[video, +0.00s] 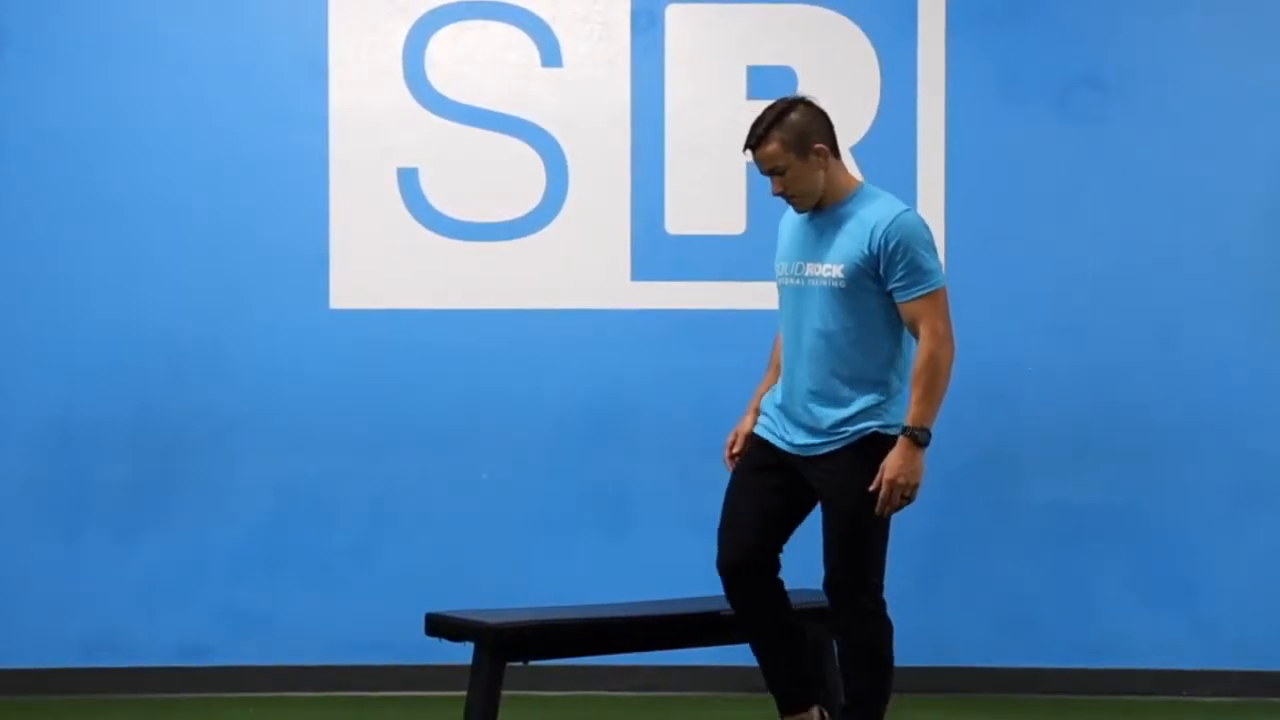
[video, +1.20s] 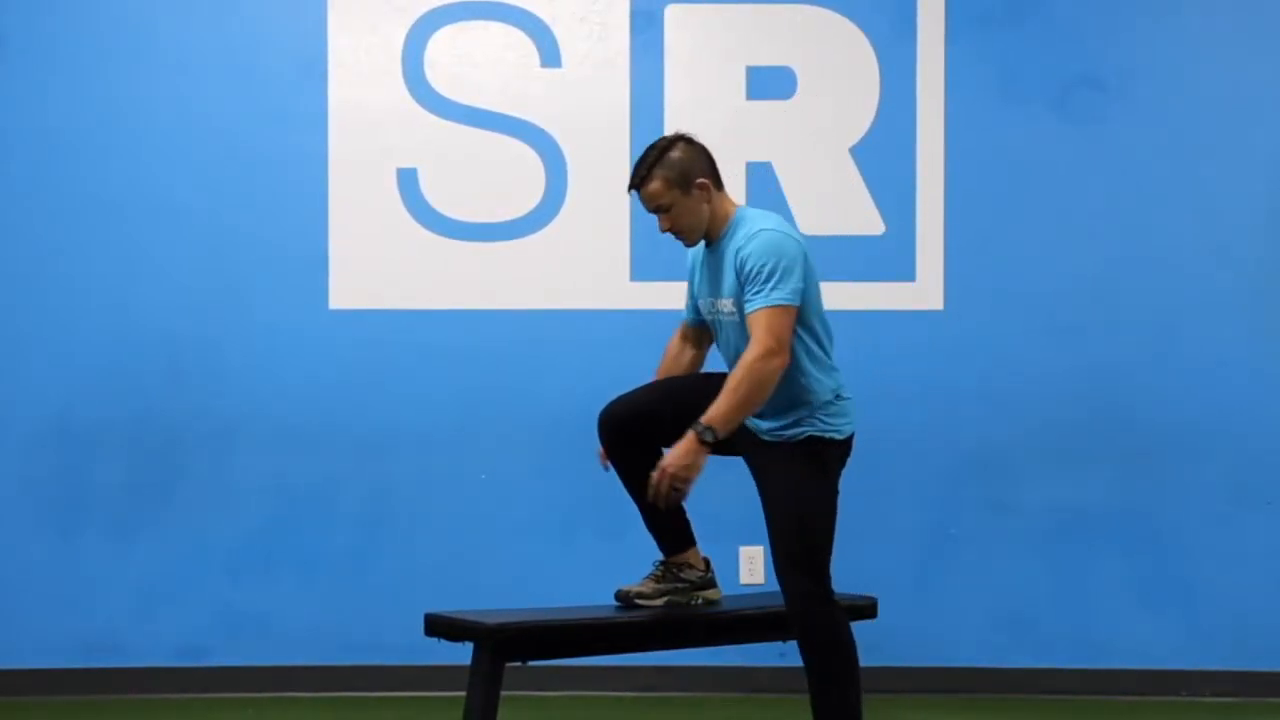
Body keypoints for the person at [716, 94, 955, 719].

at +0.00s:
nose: (774, 187)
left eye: (779, 172)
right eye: (767, 175)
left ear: (821, 155)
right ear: (809, 160)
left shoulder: (893, 225)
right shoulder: (794, 223)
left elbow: (936, 337)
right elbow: (795, 332)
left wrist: (913, 440)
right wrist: (756, 411)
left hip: (859, 439)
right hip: (783, 433)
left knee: (853, 598)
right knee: (741, 563)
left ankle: (862, 714)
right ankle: (803, 708)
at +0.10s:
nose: (776, 188)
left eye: (780, 172)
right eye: (769, 176)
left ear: (823, 154)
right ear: (817, 158)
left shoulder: (894, 227)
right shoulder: (805, 219)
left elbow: (935, 340)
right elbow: (808, 333)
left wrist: (916, 444)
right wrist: (769, 407)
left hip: (863, 437)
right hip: (790, 423)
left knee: (856, 600)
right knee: (712, 525)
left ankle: (861, 712)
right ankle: (784, 678)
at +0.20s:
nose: (774, 189)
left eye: (779, 174)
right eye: (768, 176)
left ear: (822, 158)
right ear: (811, 161)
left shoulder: (889, 228)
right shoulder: (807, 216)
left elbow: (932, 341)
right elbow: (825, 326)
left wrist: (911, 447)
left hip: (859, 435)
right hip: (790, 409)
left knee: (859, 605)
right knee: (688, 470)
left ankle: (863, 712)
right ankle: (768, 617)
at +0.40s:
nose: (770, 201)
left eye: (774, 186)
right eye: (763, 189)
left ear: (815, 166)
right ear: (807, 169)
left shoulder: (886, 233)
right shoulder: (812, 220)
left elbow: (924, 347)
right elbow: (819, 333)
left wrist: (892, 448)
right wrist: (786, 411)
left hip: (847, 435)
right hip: (793, 394)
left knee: (846, 596)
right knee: (672, 388)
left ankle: (853, 714)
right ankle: (732, 538)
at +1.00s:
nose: (706, 214)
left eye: (709, 200)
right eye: (699, 203)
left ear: (749, 178)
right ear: (744, 180)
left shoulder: (820, 242)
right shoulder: (749, 234)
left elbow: (849, 358)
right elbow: (750, 327)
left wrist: (815, 460)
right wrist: (711, 416)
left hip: (820, 432)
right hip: (756, 395)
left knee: (831, 598)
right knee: (638, 417)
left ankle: (846, 713)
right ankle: (687, 566)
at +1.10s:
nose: (683, 219)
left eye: (687, 205)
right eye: (676, 208)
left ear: (727, 184)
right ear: (717, 188)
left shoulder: (795, 242)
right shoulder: (730, 241)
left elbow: (811, 360)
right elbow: (723, 335)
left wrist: (763, 459)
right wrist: (691, 417)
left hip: (817, 428)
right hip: (754, 403)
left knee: (819, 590)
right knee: (633, 420)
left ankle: (843, 713)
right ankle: (687, 566)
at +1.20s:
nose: (662, 225)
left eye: (665, 210)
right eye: (655, 214)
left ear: (705, 190)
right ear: (694, 194)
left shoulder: (767, 244)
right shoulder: (706, 255)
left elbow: (769, 356)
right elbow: (691, 342)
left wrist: (698, 439)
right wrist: (633, 431)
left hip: (803, 427)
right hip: (742, 406)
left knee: (807, 595)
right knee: (624, 424)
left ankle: (840, 714)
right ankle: (686, 567)